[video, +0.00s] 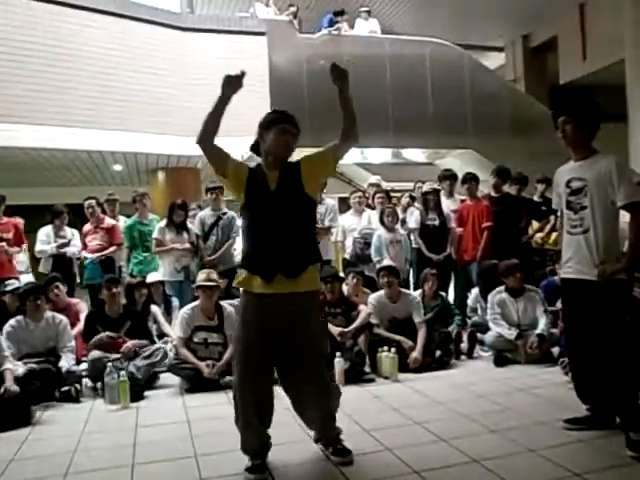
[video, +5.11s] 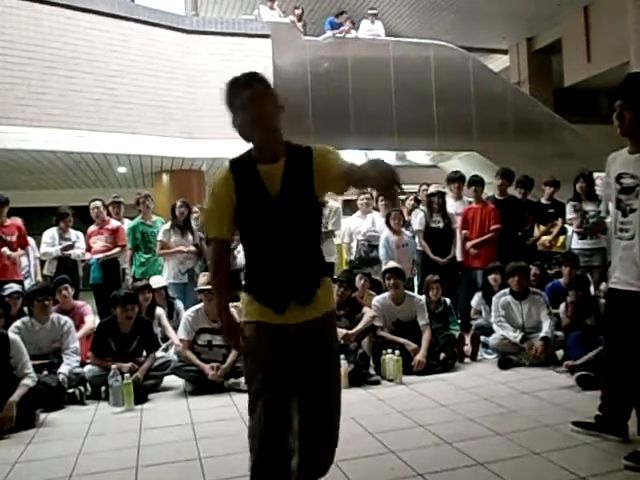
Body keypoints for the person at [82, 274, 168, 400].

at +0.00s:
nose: (114, 292)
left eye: (117, 287)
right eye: (109, 289)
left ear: (122, 290)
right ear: (101, 295)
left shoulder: (134, 314)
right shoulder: (94, 316)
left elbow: (150, 342)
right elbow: (88, 347)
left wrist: (135, 344)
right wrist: (101, 338)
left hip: (136, 357)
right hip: (106, 359)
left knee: (161, 351)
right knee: (95, 357)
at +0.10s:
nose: (115, 291)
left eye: (118, 287)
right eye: (110, 288)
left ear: (123, 291)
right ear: (102, 295)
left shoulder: (134, 315)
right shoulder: (94, 316)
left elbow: (149, 343)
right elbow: (90, 346)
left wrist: (136, 347)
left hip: (135, 358)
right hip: (106, 361)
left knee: (162, 353)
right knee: (93, 361)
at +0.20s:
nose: (115, 291)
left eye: (118, 287)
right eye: (110, 288)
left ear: (124, 291)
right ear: (103, 295)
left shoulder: (135, 315)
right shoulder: (93, 316)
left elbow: (148, 344)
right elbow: (89, 347)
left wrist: (136, 350)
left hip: (133, 361)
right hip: (104, 362)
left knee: (169, 347)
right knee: (91, 364)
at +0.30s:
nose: (117, 291)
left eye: (120, 287)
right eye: (112, 288)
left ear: (126, 292)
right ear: (104, 295)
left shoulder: (136, 315)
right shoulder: (94, 317)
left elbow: (147, 343)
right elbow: (89, 346)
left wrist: (134, 351)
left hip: (133, 360)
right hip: (105, 361)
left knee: (164, 354)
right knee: (91, 365)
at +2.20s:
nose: (118, 297)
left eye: (120, 292)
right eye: (112, 294)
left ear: (125, 294)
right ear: (103, 300)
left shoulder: (136, 316)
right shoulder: (95, 321)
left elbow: (152, 342)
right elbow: (90, 352)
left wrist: (141, 356)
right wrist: (113, 361)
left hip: (134, 362)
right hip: (107, 363)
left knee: (164, 356)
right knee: (86, 368)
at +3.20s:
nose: (127, 309)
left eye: (130, 304)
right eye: (121, 305)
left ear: (134, 306)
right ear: (111, 307)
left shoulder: (139, 321)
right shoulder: (101, 323)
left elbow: (149, 349)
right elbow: (90, 356)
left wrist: (137, 369)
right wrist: (109, 363)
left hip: (133, 362)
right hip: (108, 363)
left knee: (163, 358)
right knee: (86, 369)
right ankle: (134, 382)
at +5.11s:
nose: (130, 310)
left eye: (133, 306)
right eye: (124, 306)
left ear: (138, 308)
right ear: (114, 310)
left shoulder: (144, 324)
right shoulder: (104, 327)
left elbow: (153, 352)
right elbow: (94, 359)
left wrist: (141, 372)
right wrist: (119, 366)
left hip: (137, 365)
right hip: (112, 367)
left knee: (168, 360)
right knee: (89, 371)